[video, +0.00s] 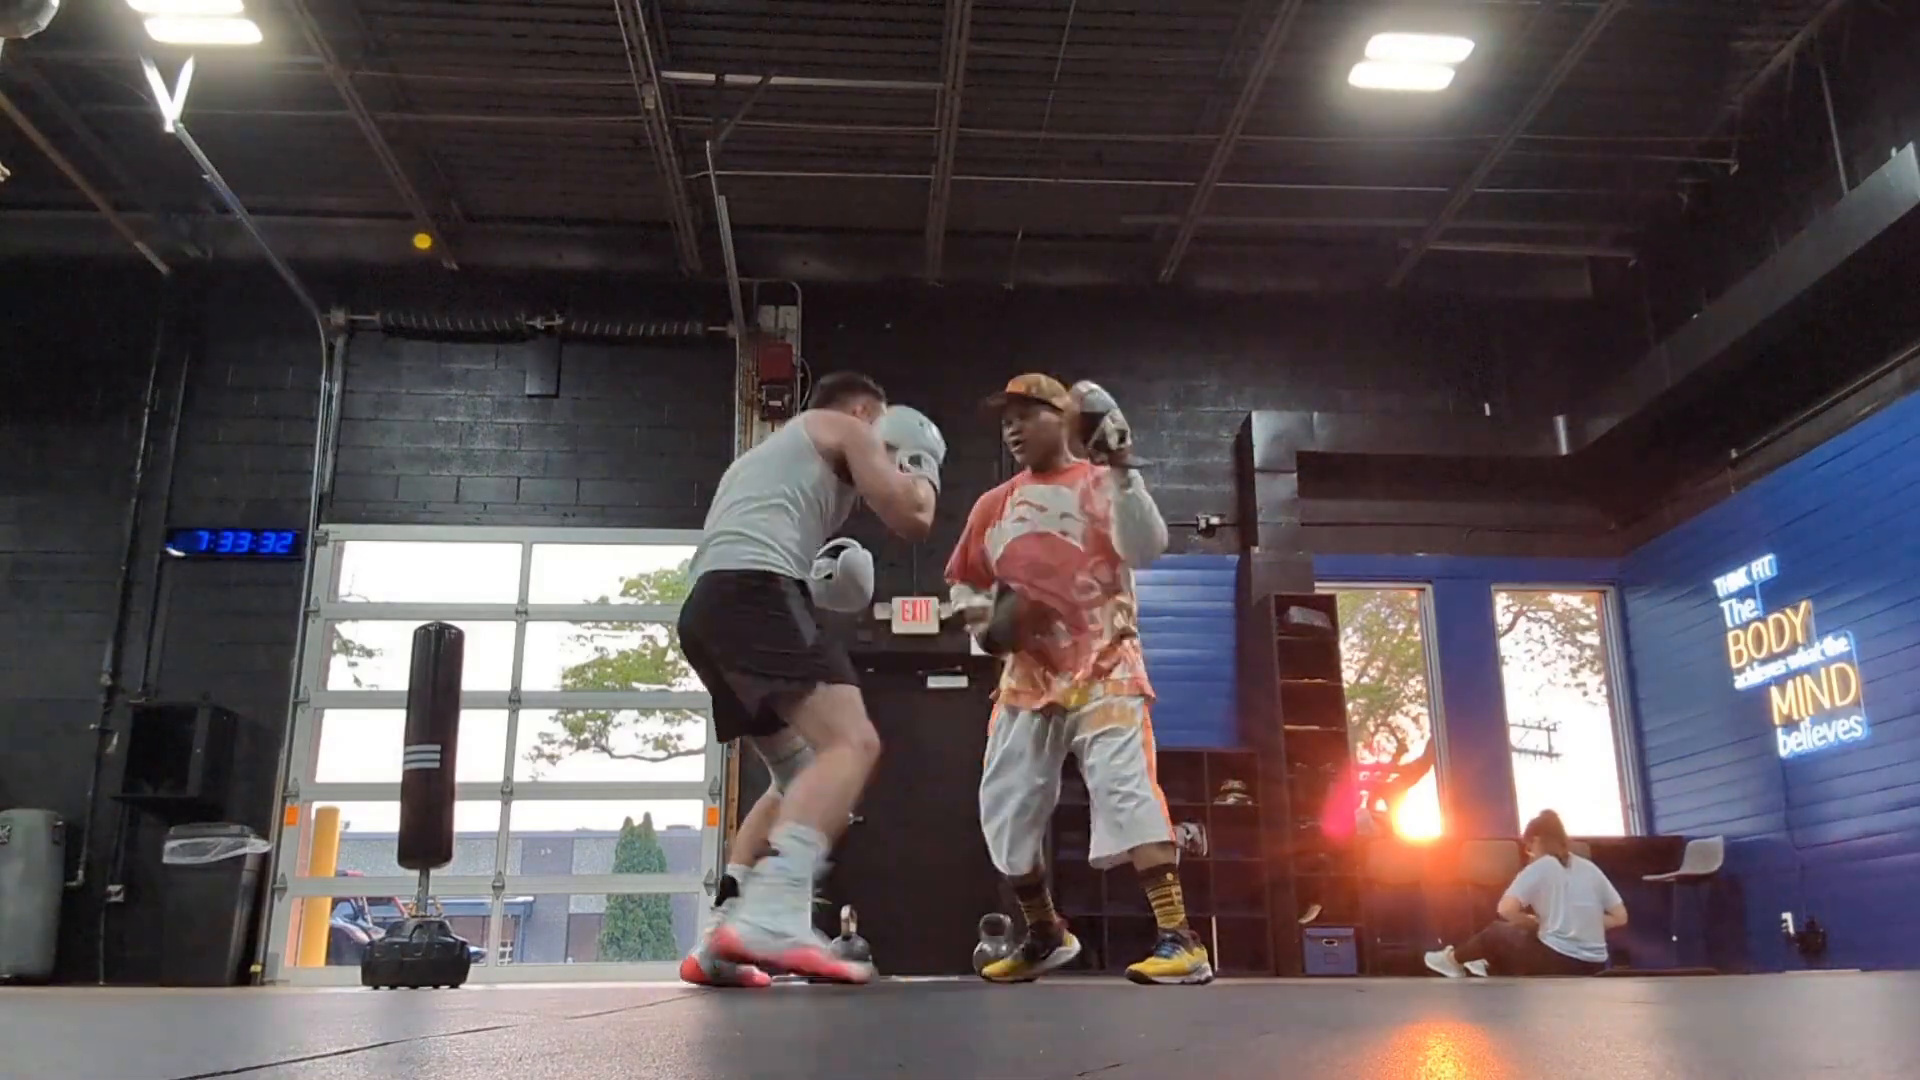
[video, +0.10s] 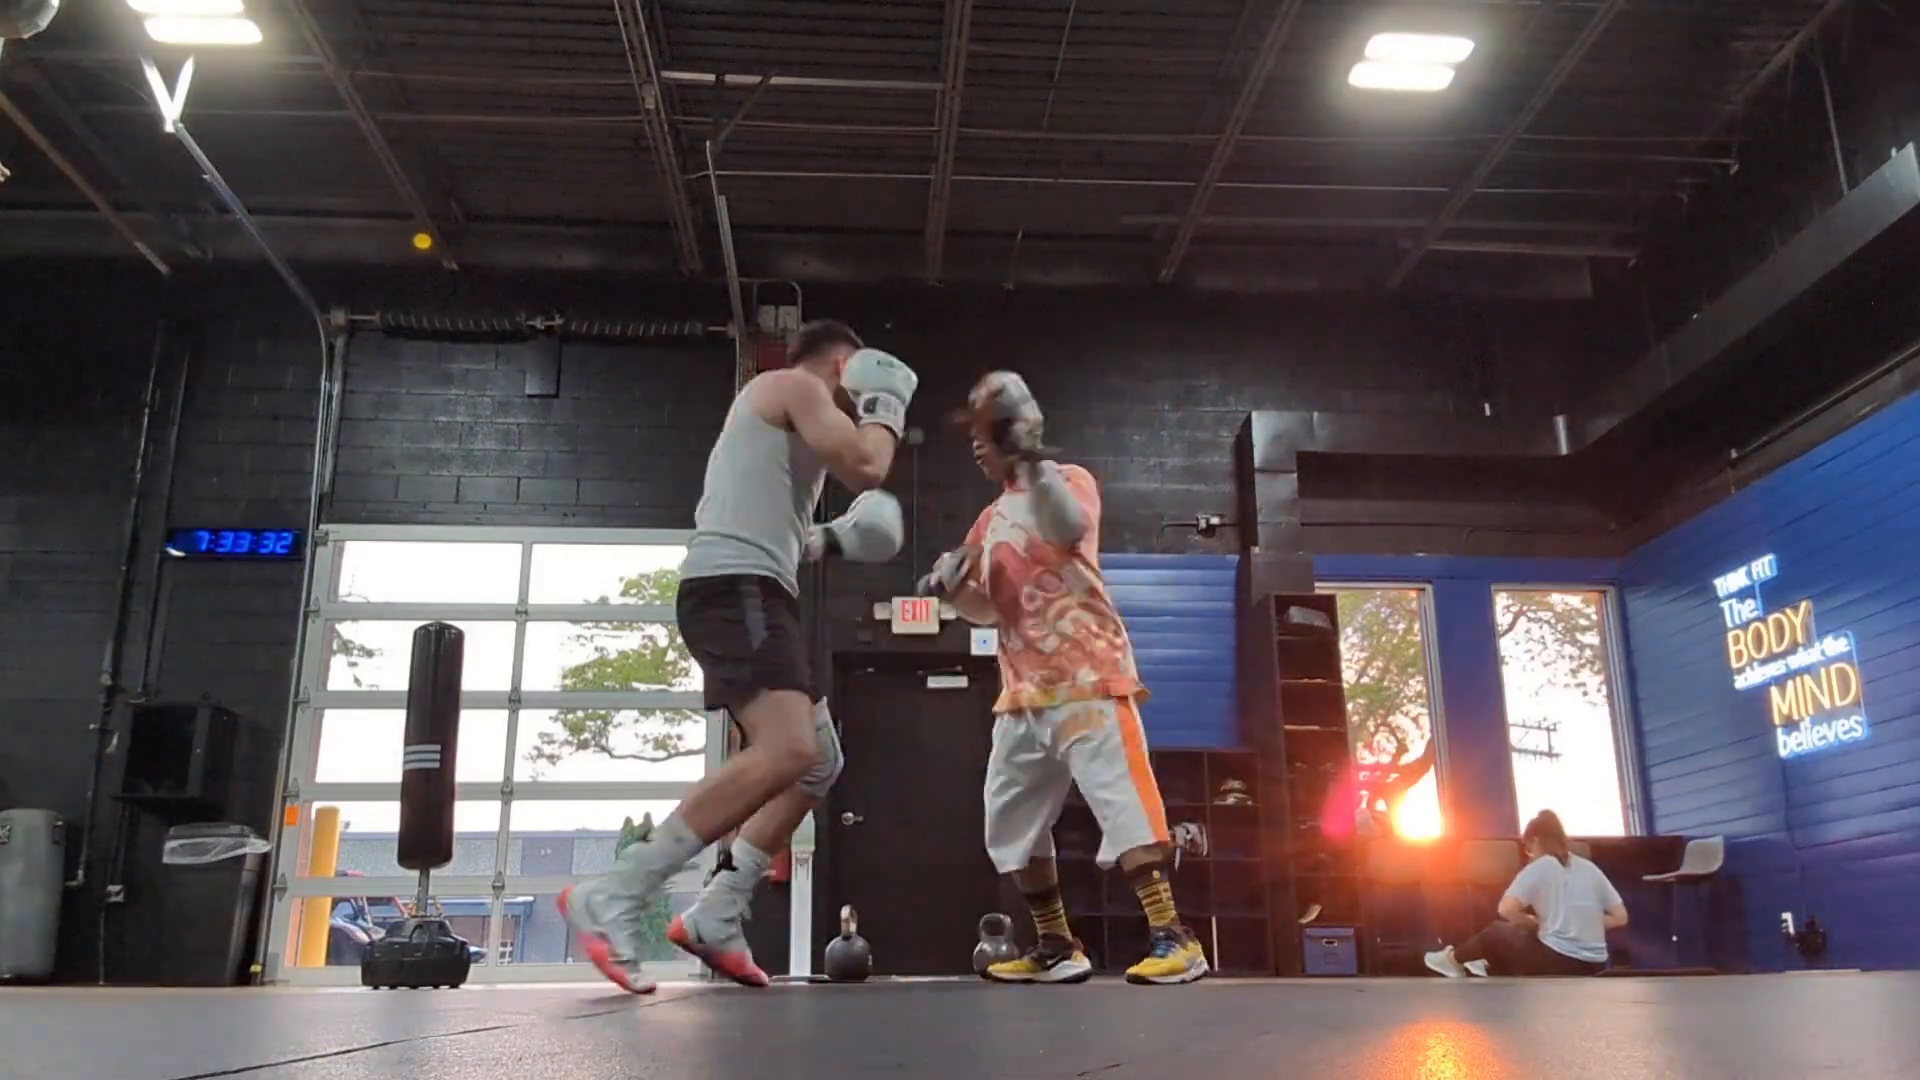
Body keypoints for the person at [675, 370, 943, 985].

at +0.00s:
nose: (877, 433)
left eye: (877, 425)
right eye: (874, 421)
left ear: (817, 406)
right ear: (858, 408)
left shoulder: (762, 456)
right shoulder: (842, 426)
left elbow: (747, 547)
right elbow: (913, 518)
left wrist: (813, 585)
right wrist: (923, 468)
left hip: (699, 613)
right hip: (754, 591)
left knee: (797, 777)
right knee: (848, 744)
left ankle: (728, 934)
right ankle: (775, 915)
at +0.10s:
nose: (855, 388)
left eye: (857, 377)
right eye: (855, 375)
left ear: (804, 358)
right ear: (839, 363)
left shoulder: (785, 421)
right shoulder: (791, 385)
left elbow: (771, 540)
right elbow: (868, 465)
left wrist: (833, 537)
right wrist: (884, 408)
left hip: (766, 592)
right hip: (733, 583)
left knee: (815, 762)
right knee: (786, 749)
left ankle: (716, 914)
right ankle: (616, 891)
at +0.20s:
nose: (839, 373)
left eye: (841, 364)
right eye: (839, 361)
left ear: (782, 344)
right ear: (819, 347)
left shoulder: (778, 422)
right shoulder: (747, 387)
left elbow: (802, 518)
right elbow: (785, 471)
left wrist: (869, 468)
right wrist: (845, 413)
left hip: (761, 604)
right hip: (722, 593)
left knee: (806, 784)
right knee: (734, 758)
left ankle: (718, 932)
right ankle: (579, 926)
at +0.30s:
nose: (823, 372)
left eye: (822, 360)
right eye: (821, 358)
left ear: (762, 349)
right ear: (801, 349)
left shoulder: (762, 423)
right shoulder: (744, 401)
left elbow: (775, 518)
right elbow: (785, 492)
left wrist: (839, 508)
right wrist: (833, 438)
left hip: (749, 609)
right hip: (723, 601)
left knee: (784, 789)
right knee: (724, 762)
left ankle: (703, 949)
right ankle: (573, 935)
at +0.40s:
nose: (800, 382)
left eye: (798, 372)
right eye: (799, 370)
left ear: (735, 367)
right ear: (787, 363)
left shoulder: (683, 429)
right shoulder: (791, 407)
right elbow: (853, 511)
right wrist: (855, 472)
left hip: (677, 604)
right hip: (734, 593)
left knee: (753, 781)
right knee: (720, 775)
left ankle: (697, 948)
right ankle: (572, 937)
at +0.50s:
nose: (784, 408)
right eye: (785, 399)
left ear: (715, 396)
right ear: (780, 395)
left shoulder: (667, 448)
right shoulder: (798, 436)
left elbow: (639, 557)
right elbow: (853, 540)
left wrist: (709, 527)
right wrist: (827, 500)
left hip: (665, 618)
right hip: (734, 608)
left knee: (726, 788)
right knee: (757, 799)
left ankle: (647, 943)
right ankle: (590, 902)